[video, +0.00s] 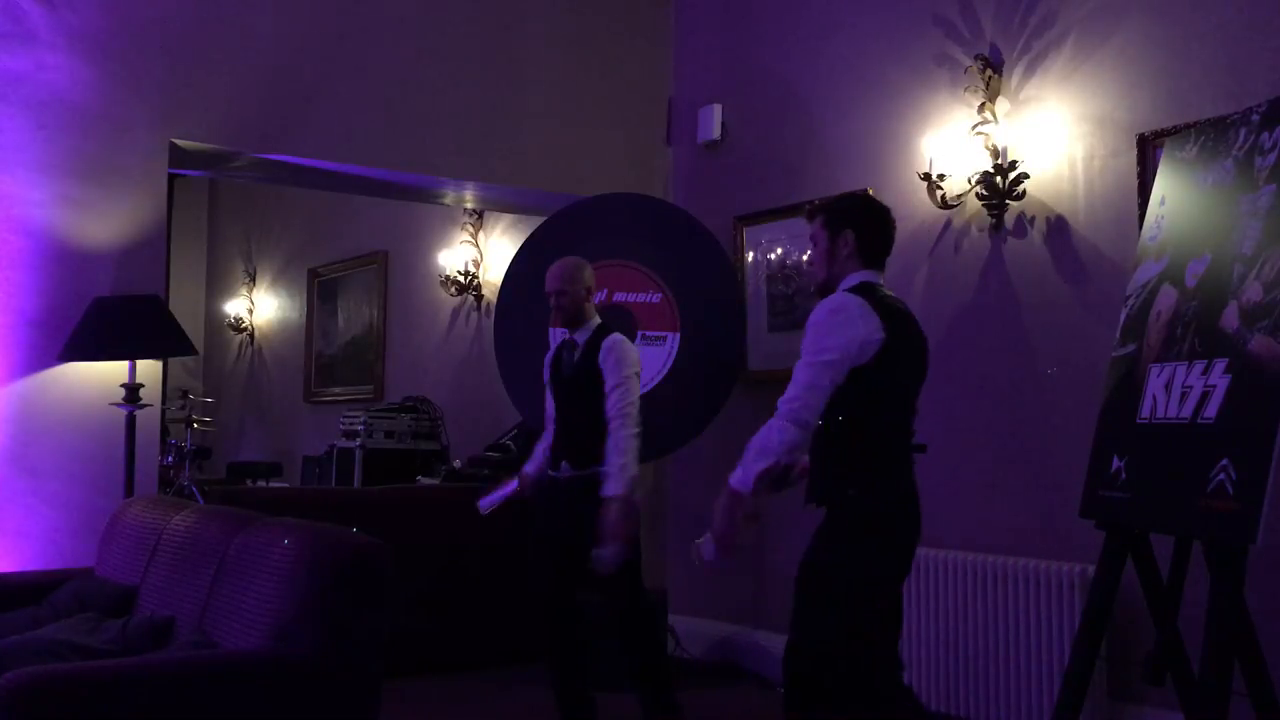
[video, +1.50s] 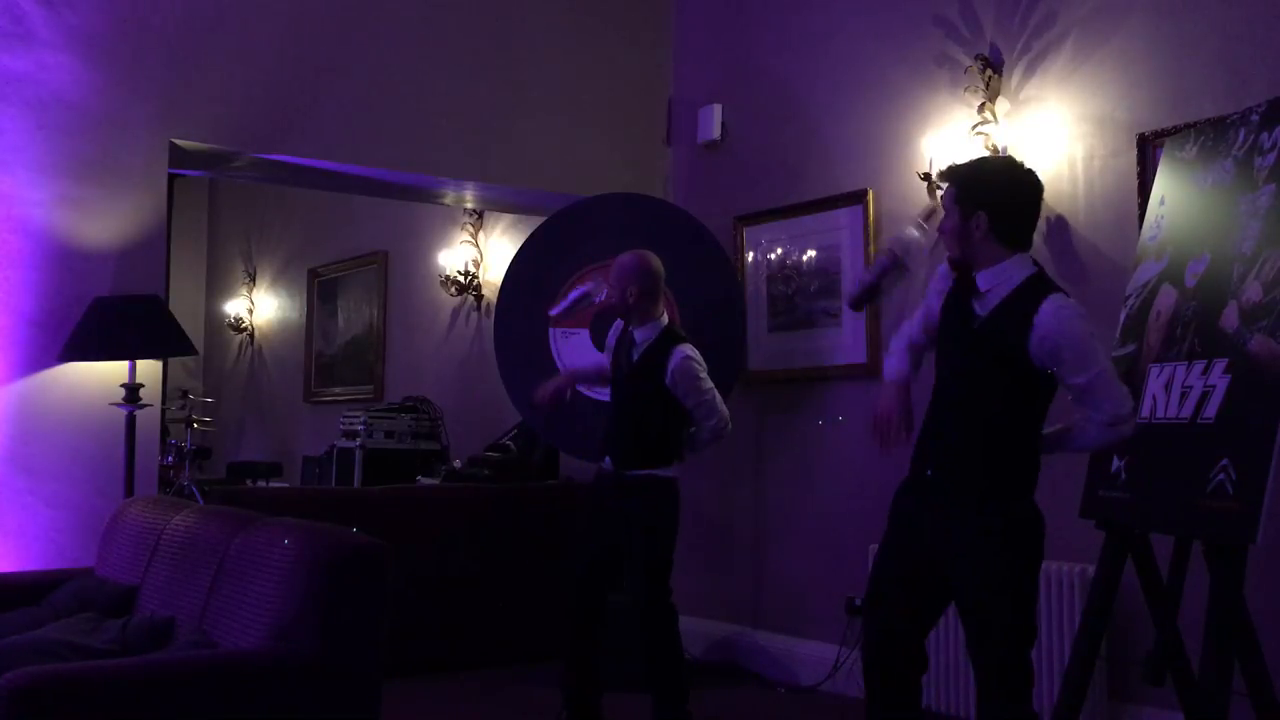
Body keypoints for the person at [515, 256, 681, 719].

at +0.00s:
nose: (555, 304)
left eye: (563, 295)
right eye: (550, 296)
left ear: (589, 293)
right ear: (549, 297)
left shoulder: (616, 348)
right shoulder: (556, 353)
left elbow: (624, 427)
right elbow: (553, 429)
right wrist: (523, 480)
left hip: (604, 490)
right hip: (562, 491)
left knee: (620, 599)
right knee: (563, 600)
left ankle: (653, 700)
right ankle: (574, 701)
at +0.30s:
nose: (571, 298)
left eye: (578, 290)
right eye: (570, 290)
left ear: (602, 293)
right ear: (591, 291)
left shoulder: (625, 351)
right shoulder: (594, 345)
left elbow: (578, 418)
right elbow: (578, 415)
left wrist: (506, 401)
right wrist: (511, 407)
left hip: (613, 495)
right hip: (586, 492)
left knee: (614, 604)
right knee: (582, 603)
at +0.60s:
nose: (608, 290)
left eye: (620, 283)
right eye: (606, 280)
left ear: (645, 292)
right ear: (601, 284)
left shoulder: (661, 349)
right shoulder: (593, 337)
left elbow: (630, 407)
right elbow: (541, 374)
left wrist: (609, 341)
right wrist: (534, 298)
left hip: (630, 490)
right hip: (578, 486)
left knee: (639, 605)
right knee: (572, 604)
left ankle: (663, 708)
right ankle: (575, 704)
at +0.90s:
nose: (609, 301)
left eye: (620, 294)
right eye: (607, 292)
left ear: (646, 296)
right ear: (604, 290)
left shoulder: (675, 350)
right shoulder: (585, 347)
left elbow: (701, 409)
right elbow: (567, 423)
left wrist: (728, 445)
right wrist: (545, 497)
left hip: (651, 495)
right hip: (592, 494)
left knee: (659, 606)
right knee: (584, 606)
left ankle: (669, 708)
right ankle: (578, 707)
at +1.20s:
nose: (610, 301)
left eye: (618, 293)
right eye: (611, 292)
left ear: (644, 295)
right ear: (640, 295)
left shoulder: (679, 359)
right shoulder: (621, 336)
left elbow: (724, 430)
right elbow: (572, 340)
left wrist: (712, 497)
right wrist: (517, 352)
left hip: (657, 497)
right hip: (616, 489)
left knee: (650, 607)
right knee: (594, 596)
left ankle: (669, 708)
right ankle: (578, 701)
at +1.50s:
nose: (610, 297)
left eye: (616, 289)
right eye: (610, 289)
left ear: (635, 293)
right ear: (649, 290)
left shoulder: (679, 356)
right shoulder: (619, 336)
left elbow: (716, 421)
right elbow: (620, 380)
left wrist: (681, 447)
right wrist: (571, 378)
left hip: (653, 492)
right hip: (613, 486)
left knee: (651, 599)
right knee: (594, 593)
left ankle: (668, 703)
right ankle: (586, 699)